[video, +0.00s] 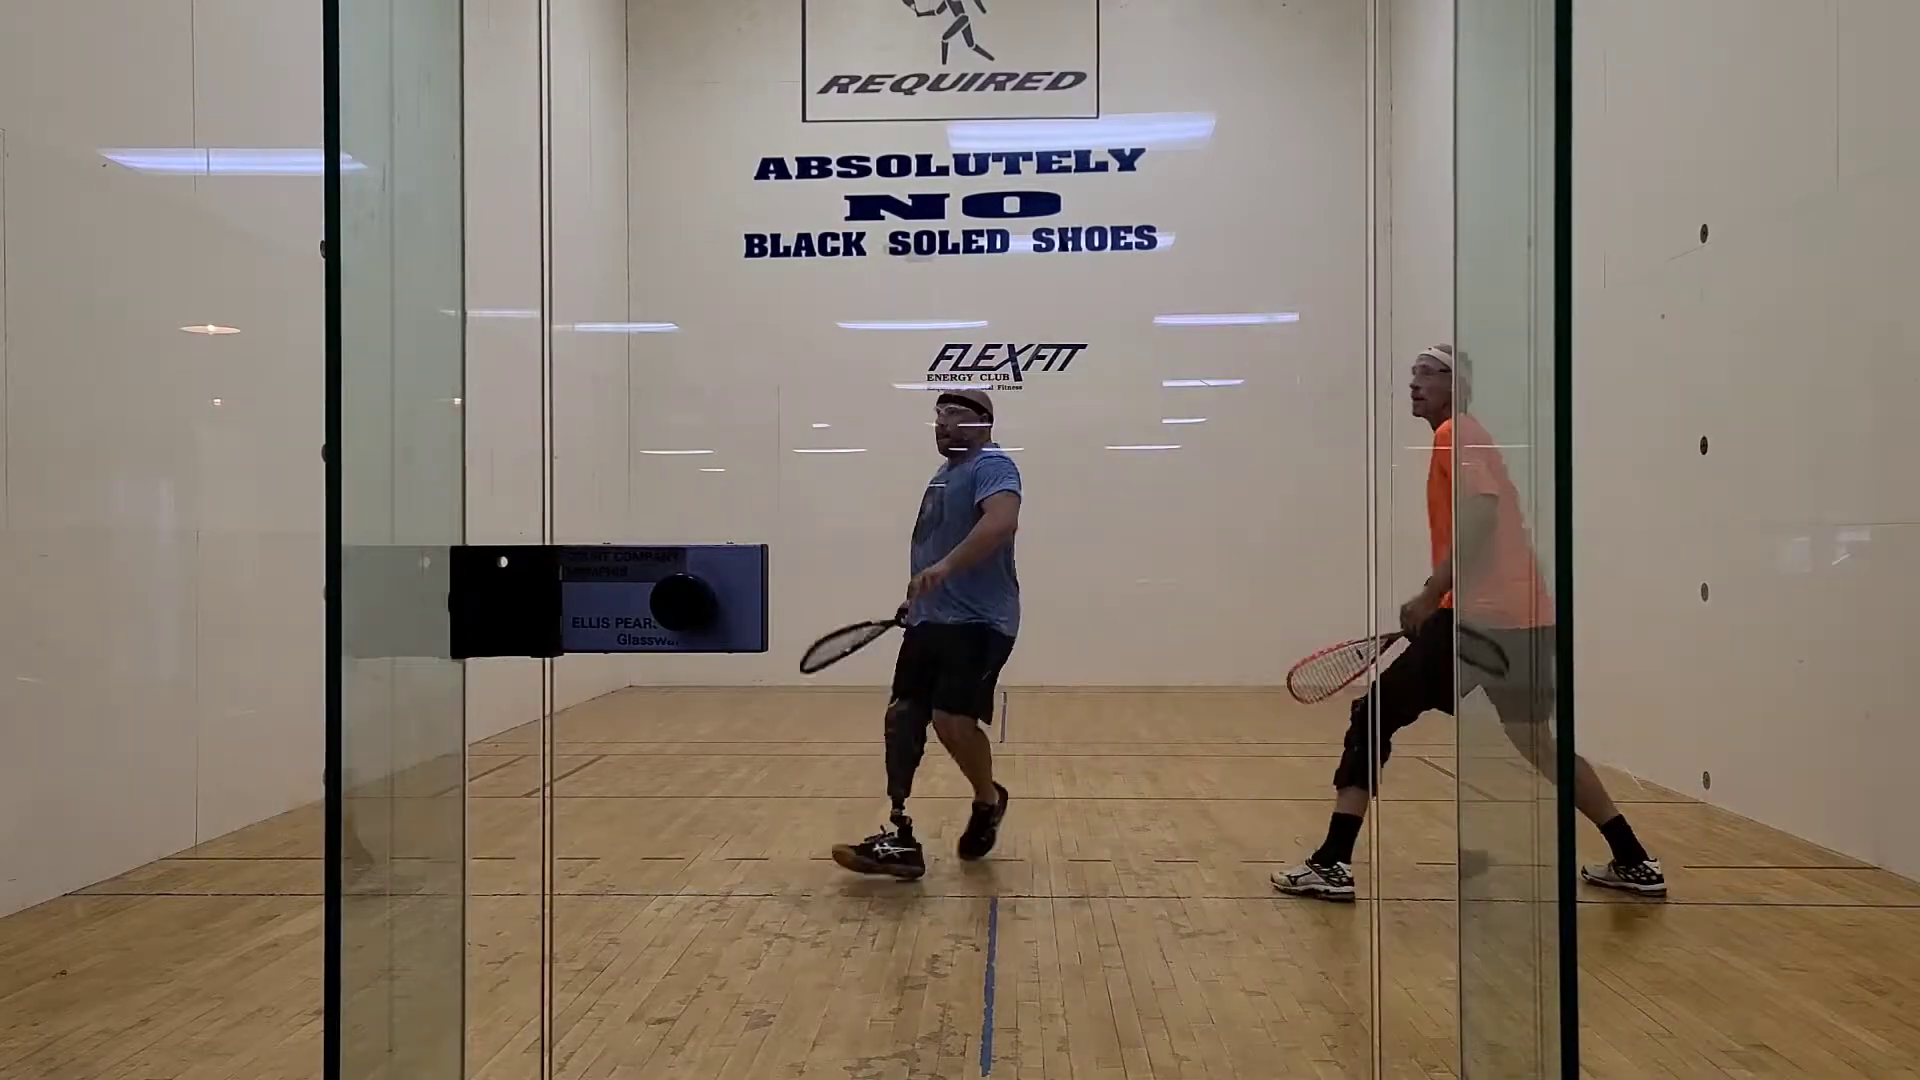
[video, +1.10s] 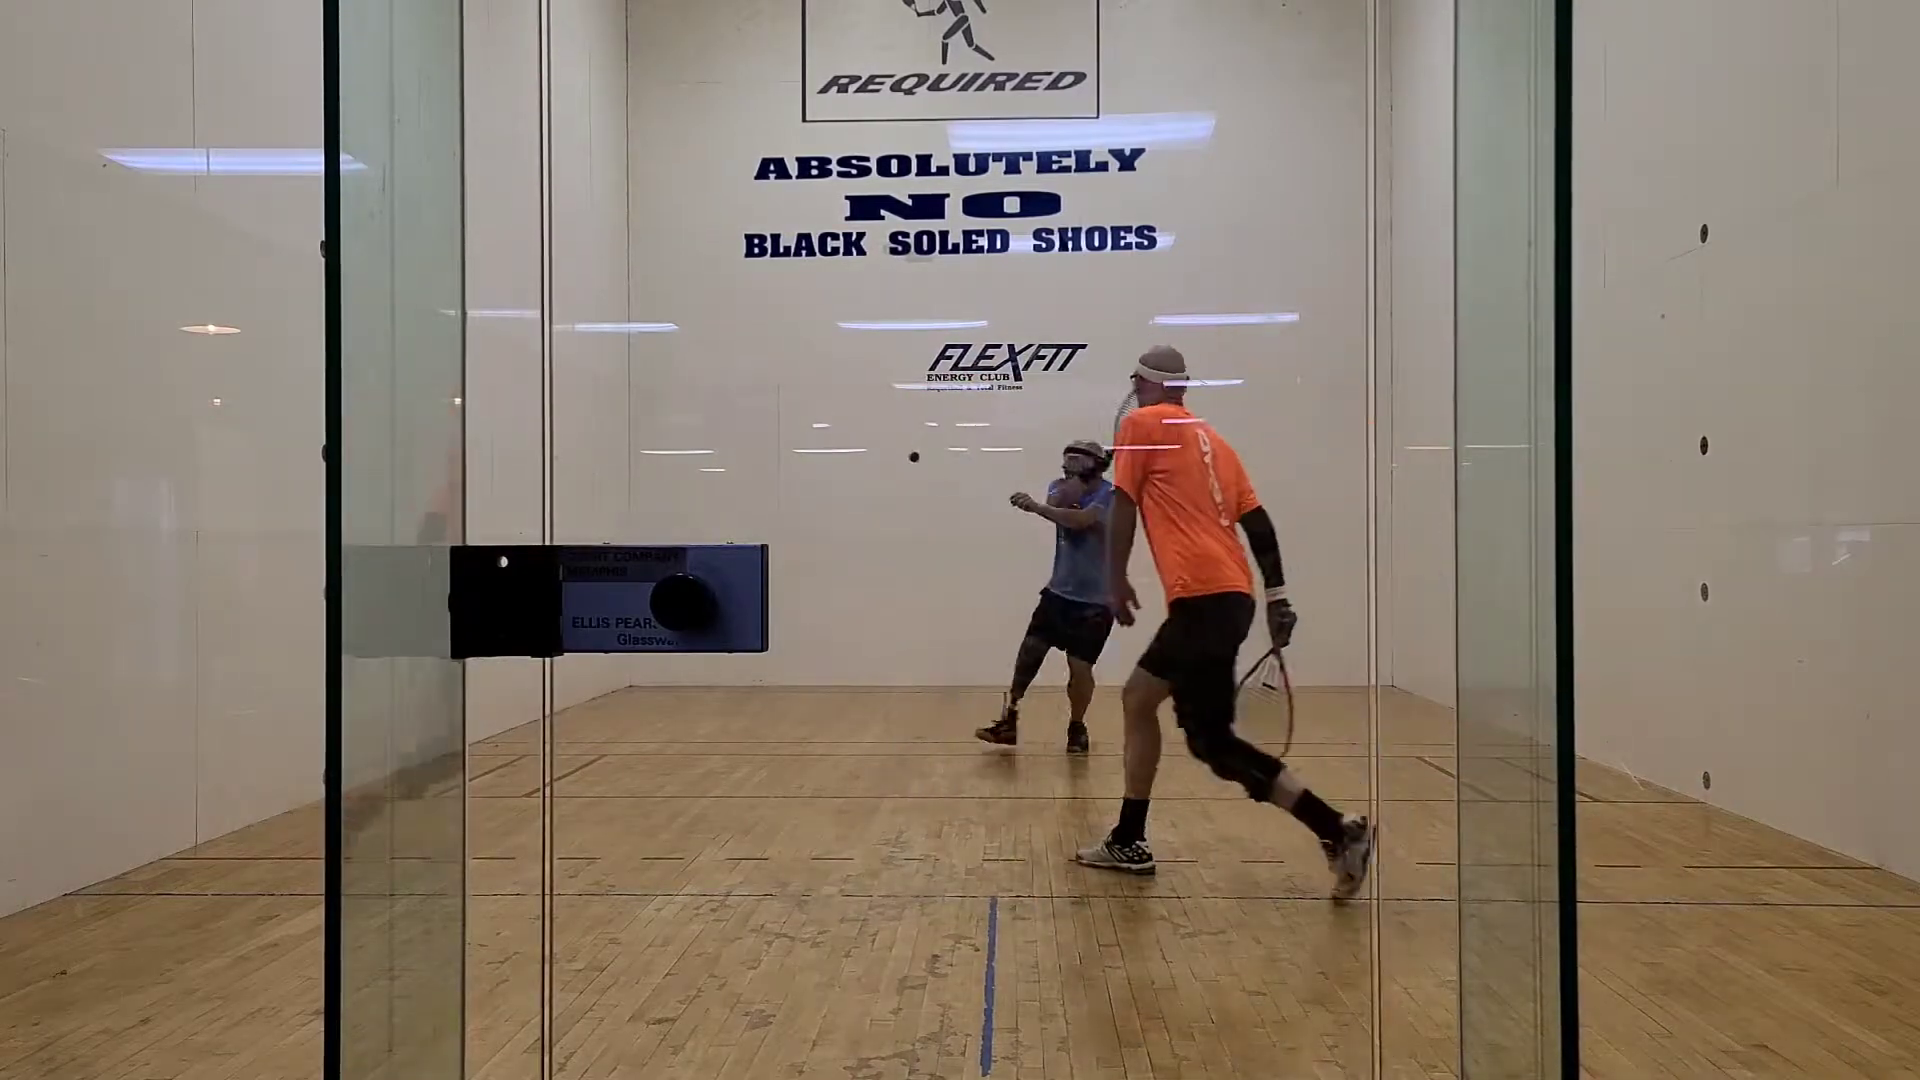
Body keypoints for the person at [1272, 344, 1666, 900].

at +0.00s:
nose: (1411, 385)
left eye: (1422, 377)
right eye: (1412, 377)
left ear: (1453, 384)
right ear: (1448, 388)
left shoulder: (1456, 434)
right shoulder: (1472, 437)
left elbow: (1478, 523)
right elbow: (1482, 540)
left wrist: (1430, 594)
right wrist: (1431, 608)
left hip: (1481, 618)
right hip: (1522, 620)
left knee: (1374, 713)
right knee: (1536, 740)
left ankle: (1332, 862)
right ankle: (1633, 859)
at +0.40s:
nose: (1368, 391)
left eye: (1373, 380)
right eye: (1369, 380)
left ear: (1397, 381)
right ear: (1422, 383)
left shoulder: (1402, 427)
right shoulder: (1456, 437)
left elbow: (1393, 507)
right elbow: (1490, 532)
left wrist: (1342, 583)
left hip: (1459, 611)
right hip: (1512, 613)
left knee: (1373, 717)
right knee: (1548, 737)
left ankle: (1411, 875)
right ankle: (1633, 861)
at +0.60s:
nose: (1283, 384)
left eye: (1290, 373)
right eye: (1284, 374)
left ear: (1318, 374)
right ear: (1335, 375)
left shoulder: (1326, 422)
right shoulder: (1376, 425)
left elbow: (1313, 510)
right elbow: (1431, 507)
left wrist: (1254, 568)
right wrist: (1454, 584)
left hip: (1396, 592)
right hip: (1438, 588)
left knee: (1349, 727)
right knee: (1433, 722)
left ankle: (1409, 878)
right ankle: (1556, 817)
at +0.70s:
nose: (1254, 378)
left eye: (1257, 367)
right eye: (1255, 367)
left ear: (1277, 366)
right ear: (1306, 366)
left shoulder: (1282, 417)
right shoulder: (1356, 417)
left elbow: (1270, 510)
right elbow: (1404, 495)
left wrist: (1233, 556)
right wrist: (1432, 572)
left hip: (1364, 586)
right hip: (1407, 579)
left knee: (1344, 727)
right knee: (1366, 708)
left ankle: (1408, 875)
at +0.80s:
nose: (1223, 368)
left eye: (1227, 358)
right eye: (1225, 358)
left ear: (1244, 361)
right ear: (1277, 361)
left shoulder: (1243, 414)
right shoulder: (1328, 411)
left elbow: (1232, 506)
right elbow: (1375, 490)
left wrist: (1216, 546)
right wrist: (1399, 564)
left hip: (1331, 582)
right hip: (1369, 574)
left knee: (1338, 732)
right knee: (1290, 685)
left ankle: (1408, 874)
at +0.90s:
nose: (1192, 370)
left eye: (1196, 361)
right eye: (1195, 360)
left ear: (1209, 366)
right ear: (1245, 366)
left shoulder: (1207, 417)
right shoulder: (1293, 416)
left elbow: (1192, 509)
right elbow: (1339, 491)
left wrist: (1193, 547)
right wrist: (1361, 559)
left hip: (1298, 584)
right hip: (1329, 575)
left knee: (1320, 733)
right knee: (1240, 689)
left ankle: (1405, 869)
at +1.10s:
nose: (1133, 391)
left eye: (1137, 383)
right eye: (1136, 382)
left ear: (1150, 384)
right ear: (1180, 388)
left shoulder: (1140, 422)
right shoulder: (1212, 440)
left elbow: (1124, 502)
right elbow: (1256, 519)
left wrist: (1116, 580)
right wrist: (1277, 597)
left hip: (1201, 596)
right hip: (1230, 594)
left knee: (1210, 742)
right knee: (1138, 698)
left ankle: (1340, 833)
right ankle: (1130, 840)